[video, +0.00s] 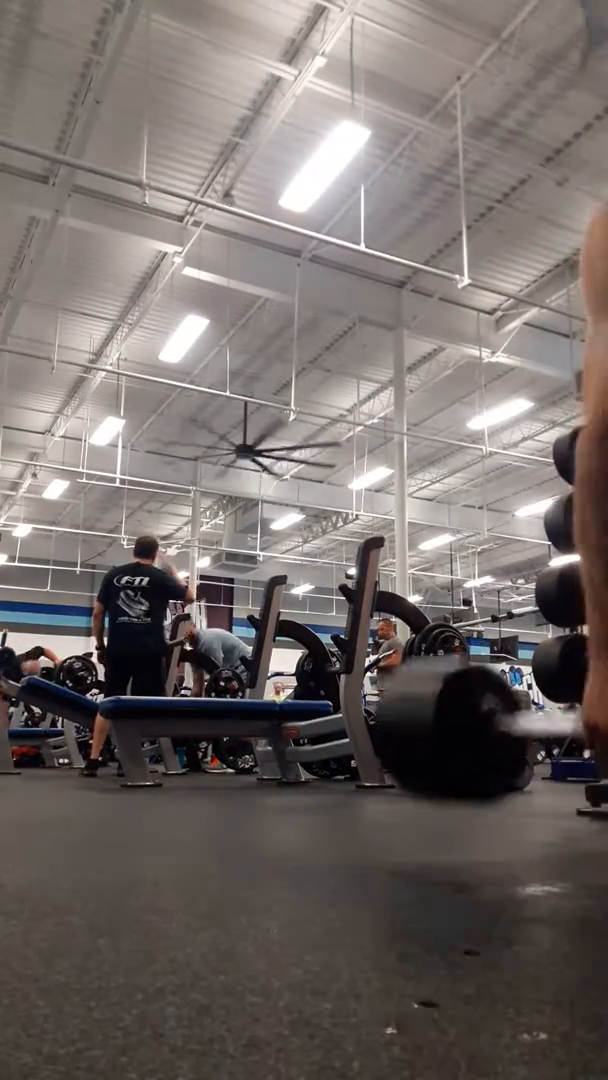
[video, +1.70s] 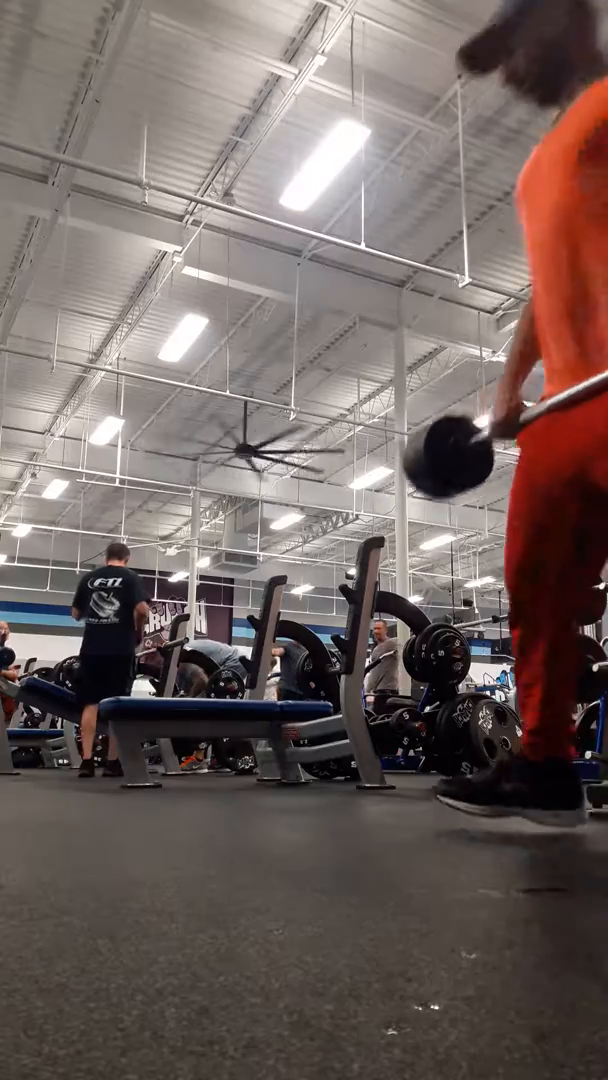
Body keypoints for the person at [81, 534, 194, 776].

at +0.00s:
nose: (158, 557)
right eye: (158, 554)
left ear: (133, 553)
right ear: (155, 555)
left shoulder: (114, 574)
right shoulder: (161, 578)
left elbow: (98, 612)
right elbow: (189, 596)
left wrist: (99, 645)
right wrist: (180, 577)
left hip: (118, 648)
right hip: (149, 650)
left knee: (109, 702)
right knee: (150, 704)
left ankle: (93, 758)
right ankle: (138, 763)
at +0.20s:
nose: (155, 558)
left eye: (153, 555)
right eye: (155, 555)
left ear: (130, 554)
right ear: (152, 555)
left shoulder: (112, 575)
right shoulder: (156, 577)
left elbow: (96, 613)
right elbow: (180, 601)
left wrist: (99, 647)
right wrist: (188, 612)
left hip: (115, 649)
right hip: (146, 650)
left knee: (106, 703)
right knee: (146, 706)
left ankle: (90, 758)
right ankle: (137, 765)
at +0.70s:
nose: (152, 564)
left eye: (151, 562)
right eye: (152, 561)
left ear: (128, 555)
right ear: (149, 560)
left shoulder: (106, 575)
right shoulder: (151, 578)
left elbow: (90, 613)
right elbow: (164, 608)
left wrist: (93, 645)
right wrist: (157, 621)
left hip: (108, 650)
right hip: (138, 651)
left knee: (101, 704)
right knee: (137, 705)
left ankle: (88, 759)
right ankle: (129, 762)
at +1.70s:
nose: (123, 563)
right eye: (126, 560)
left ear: (105, 558)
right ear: (126, 559)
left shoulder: (89, 577)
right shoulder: (131, 577)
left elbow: (76, 612)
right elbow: (142, 609)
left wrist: (96, 610)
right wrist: (139, 629)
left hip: (92, 650)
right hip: (121, 651)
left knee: (90, 703)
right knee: (118, 705)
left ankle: (86, 760)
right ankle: (113, 761)